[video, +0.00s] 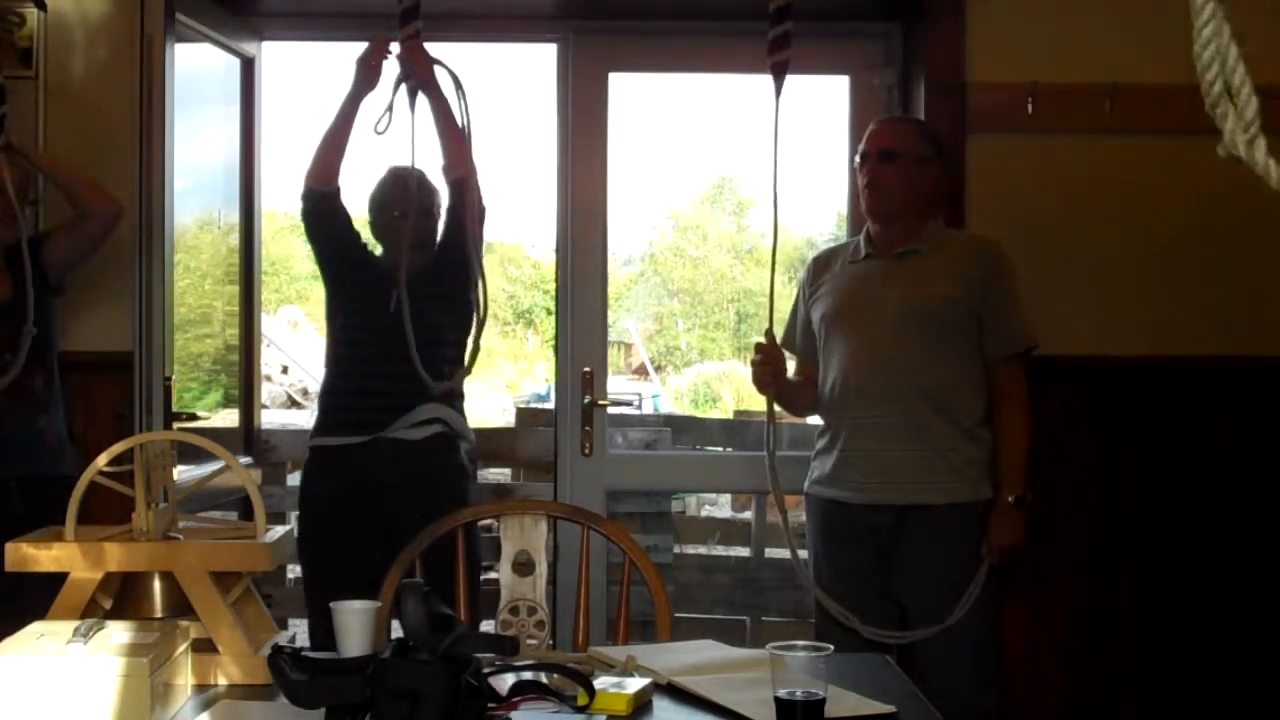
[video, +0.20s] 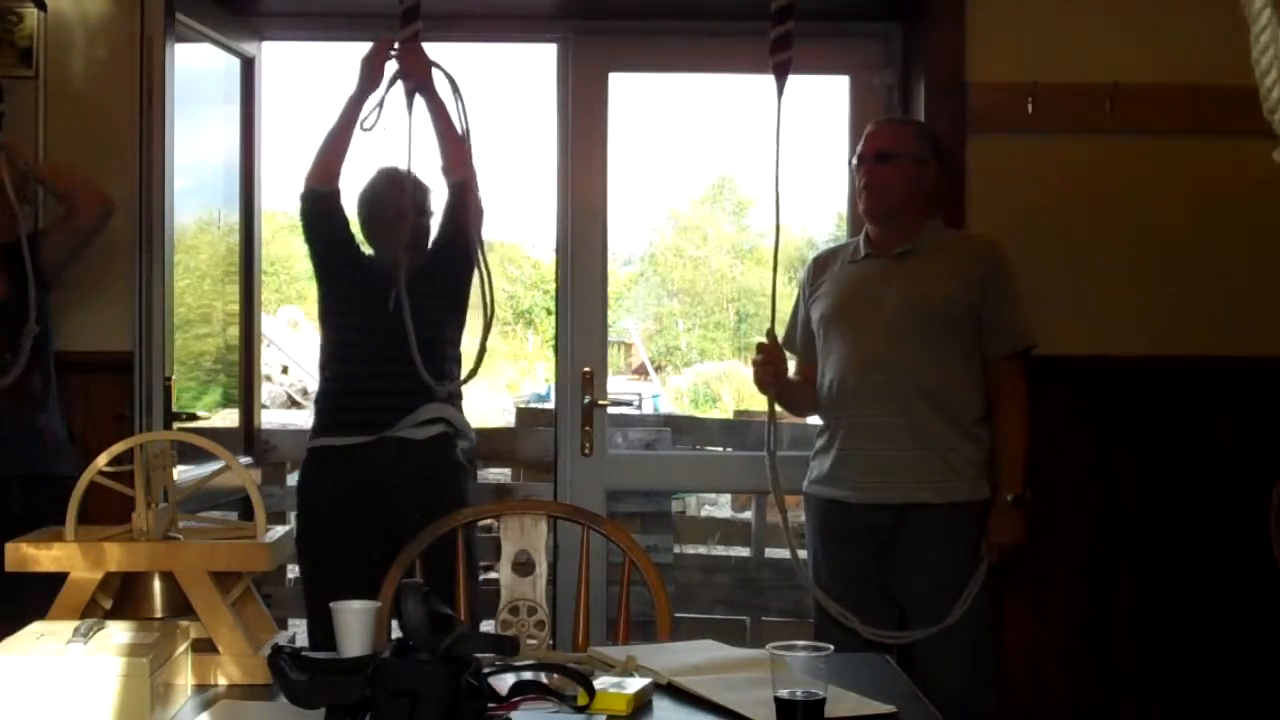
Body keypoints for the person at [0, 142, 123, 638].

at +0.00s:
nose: (11, 209)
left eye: (14, 197)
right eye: (6, 196)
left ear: (23, 202)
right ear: (4, 206)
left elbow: (103, 212)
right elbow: (102, 213)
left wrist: (27, 155)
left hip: (40, 460)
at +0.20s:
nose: (8, 211)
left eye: (10, 200)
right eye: (6, 200)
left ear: (17, 206)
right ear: (10, 210)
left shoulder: (26, 262)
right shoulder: (25, 263)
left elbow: (93, 206)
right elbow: (93, 207)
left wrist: (28, 164)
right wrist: (28, 163)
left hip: (37, 454)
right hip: (23, 457)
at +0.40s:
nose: (10, 210)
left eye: (12, 200)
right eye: (6, 199)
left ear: (19, 206)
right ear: (7, 210)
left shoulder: (25, 264)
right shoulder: (23, 265)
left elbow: (93, 211)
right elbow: (93, 211)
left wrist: (28, 161)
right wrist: (29, 162)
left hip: (35, 453)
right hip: (23, 456)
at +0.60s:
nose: (8, 210)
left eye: (10, 202)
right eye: (4, 203)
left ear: (18, 207)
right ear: (8, 213)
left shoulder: (23, 263)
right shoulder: (22, 263)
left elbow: (93, 208)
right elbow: (93, 208)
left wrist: (23, 157)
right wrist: (24, 159)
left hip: (32, 451)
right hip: (23, 454)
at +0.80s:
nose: (8, 213)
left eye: (10, 204)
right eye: (5, 204)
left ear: (18, 210)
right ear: (8, 214)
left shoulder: (23, 265)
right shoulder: (22, 265)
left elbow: (92, 212)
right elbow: (92, 213)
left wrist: (24, 157)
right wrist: (25, 158)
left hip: (30, 463)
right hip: (23, 466)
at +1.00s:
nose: (12, 214)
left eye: (10, 203)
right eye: (7, 202)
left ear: (15, 212)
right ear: (10, 215)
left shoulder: (21, 267)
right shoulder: (19, 268)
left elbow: (95, 225)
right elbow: (95, 225)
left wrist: (27, 154)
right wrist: (29, 154)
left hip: (28, 462)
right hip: (21, 465)